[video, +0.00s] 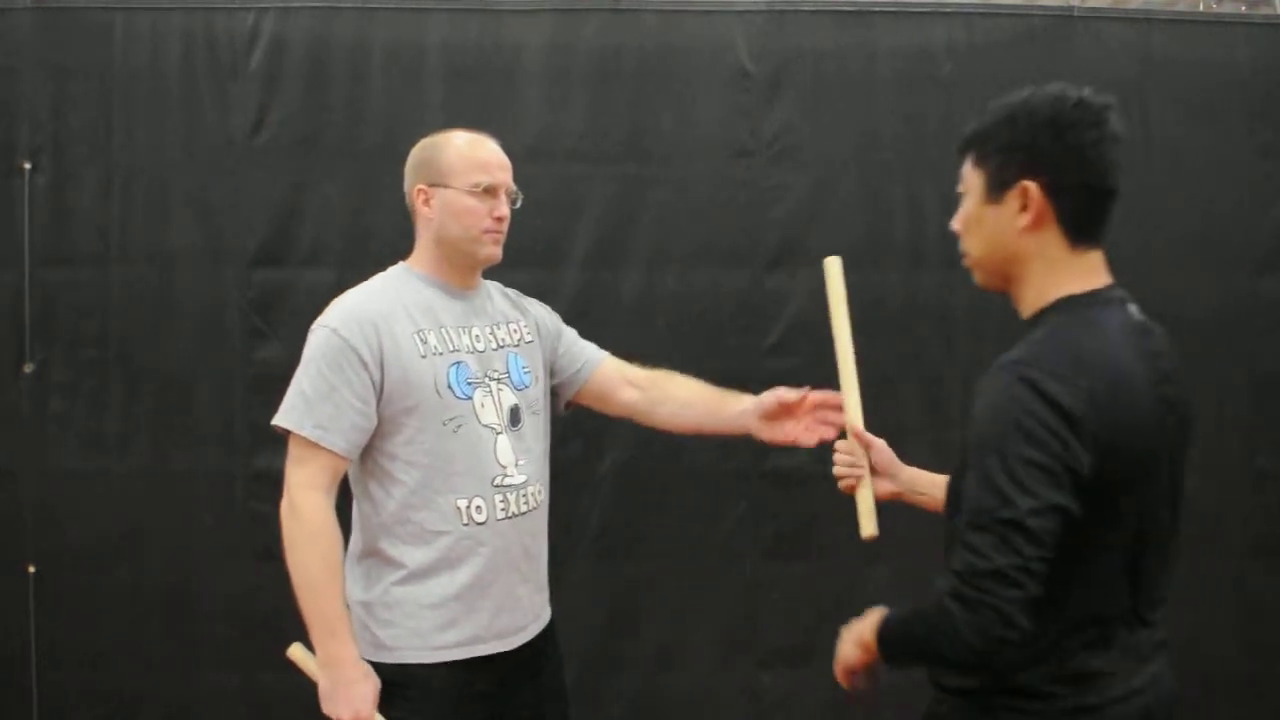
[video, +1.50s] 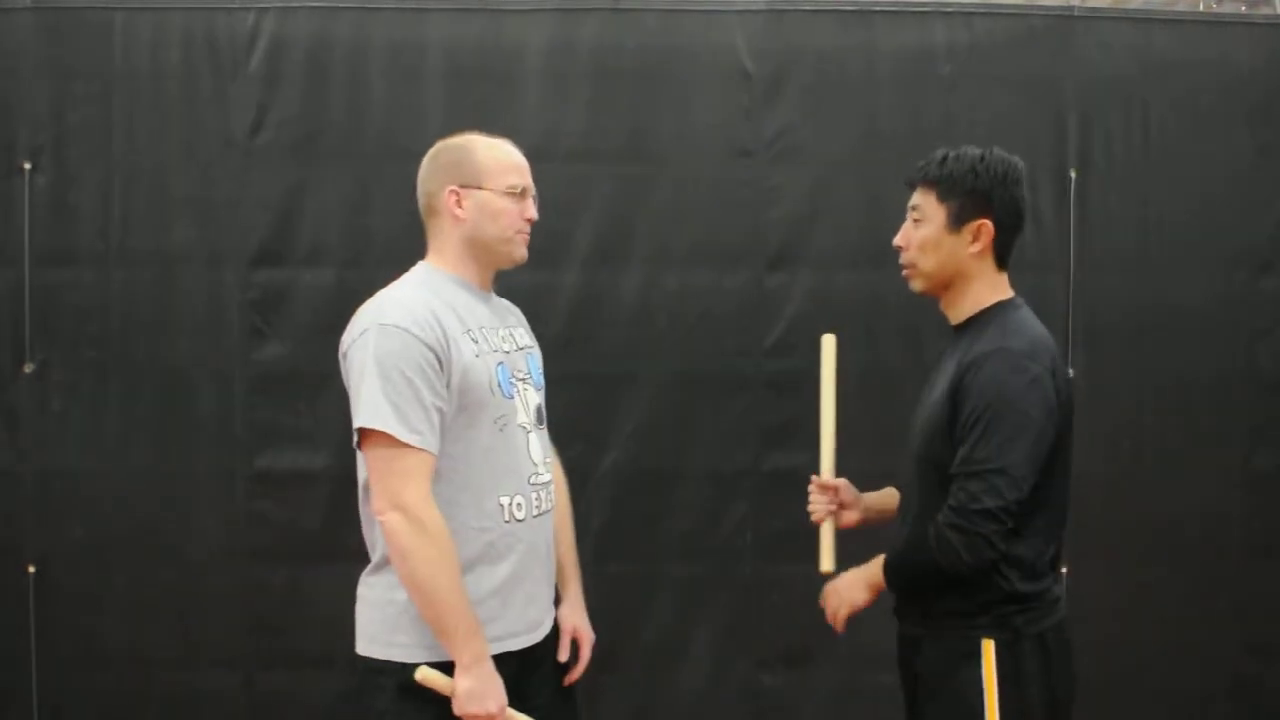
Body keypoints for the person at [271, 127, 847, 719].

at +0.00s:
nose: (503, 210)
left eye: (508, 195)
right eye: (483, 192)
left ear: (511, 205)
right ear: (423, 200)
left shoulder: (523, 318)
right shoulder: (358, 324)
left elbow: (634, 388)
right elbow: (305, 497)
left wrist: (751, 414)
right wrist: (339, 665)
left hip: (526, 644)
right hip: (413, 662)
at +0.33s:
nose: (515, 210)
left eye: (515, 194)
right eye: (494, 191)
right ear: (434, 201)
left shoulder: (510, 319)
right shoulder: (365, 323)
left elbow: (560, 444)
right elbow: (323, 497)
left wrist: (622, 561)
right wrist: (368, 671)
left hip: (524, 644)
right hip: (417, 670)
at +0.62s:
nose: (572, 212)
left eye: (570, 197)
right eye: (553, 193)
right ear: (496, 202)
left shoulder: (545, 322)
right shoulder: (428, 310)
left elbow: (559, 463)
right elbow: (395, 479)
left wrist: (579, 585)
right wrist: (446, 643)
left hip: (542, 642)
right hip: (451, 653)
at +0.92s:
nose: (556, 220)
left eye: (555, 204)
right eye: (542, 199)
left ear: (489, 206)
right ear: (484, 203)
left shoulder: (525, 324)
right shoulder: (418, 316)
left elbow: (563, 457)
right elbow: (423, 492)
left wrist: (610, 583)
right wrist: (511, 634)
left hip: (535, 642)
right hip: (435, 654)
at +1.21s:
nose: (531, 213)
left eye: (530, 196)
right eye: (514, 194)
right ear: (457, 202)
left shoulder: (507, 320)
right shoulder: (398, 323)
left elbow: (534, 474)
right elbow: (407, 503)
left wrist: (556, 598)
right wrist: (477, 655)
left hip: (523, 654)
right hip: (425, 661)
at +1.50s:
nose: (533, 213)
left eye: (531, 196)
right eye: (516, 194)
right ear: (458, 202)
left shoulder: (508, 319)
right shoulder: (397, 325)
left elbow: (542, 462)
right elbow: (402, 509)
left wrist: (571, 591)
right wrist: (472, 660)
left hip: (527, 652)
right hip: (428, 664)